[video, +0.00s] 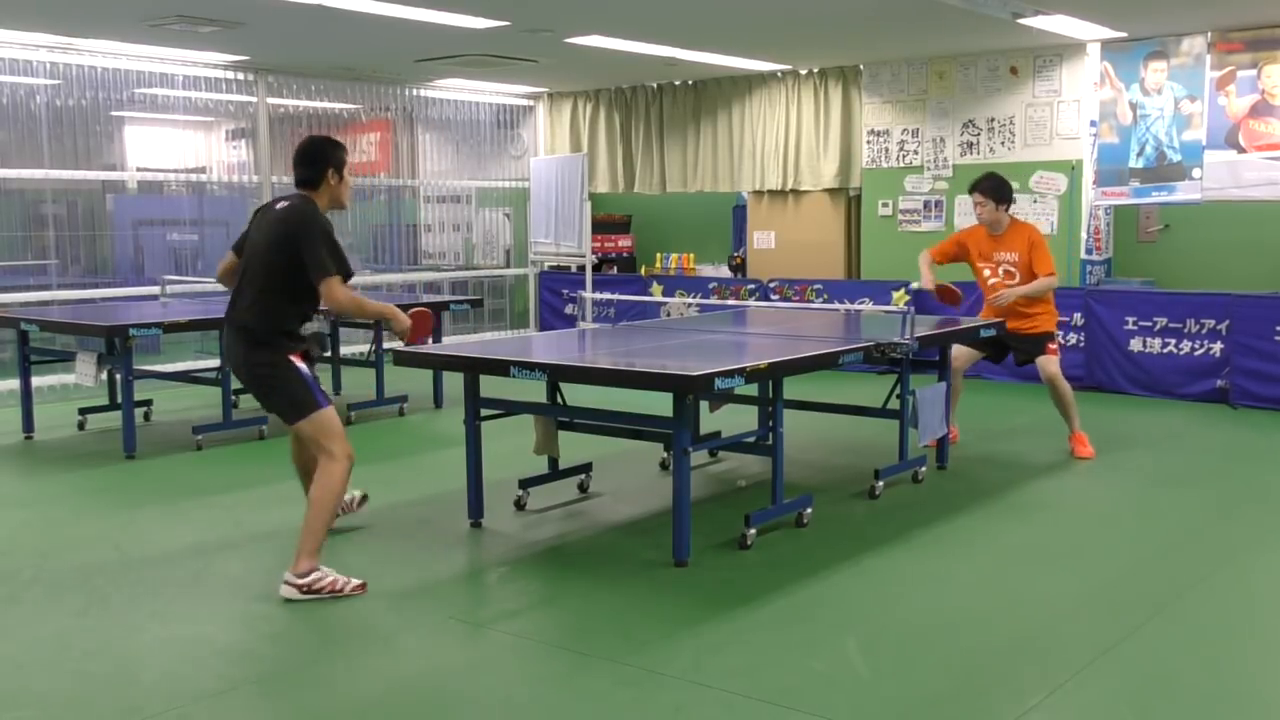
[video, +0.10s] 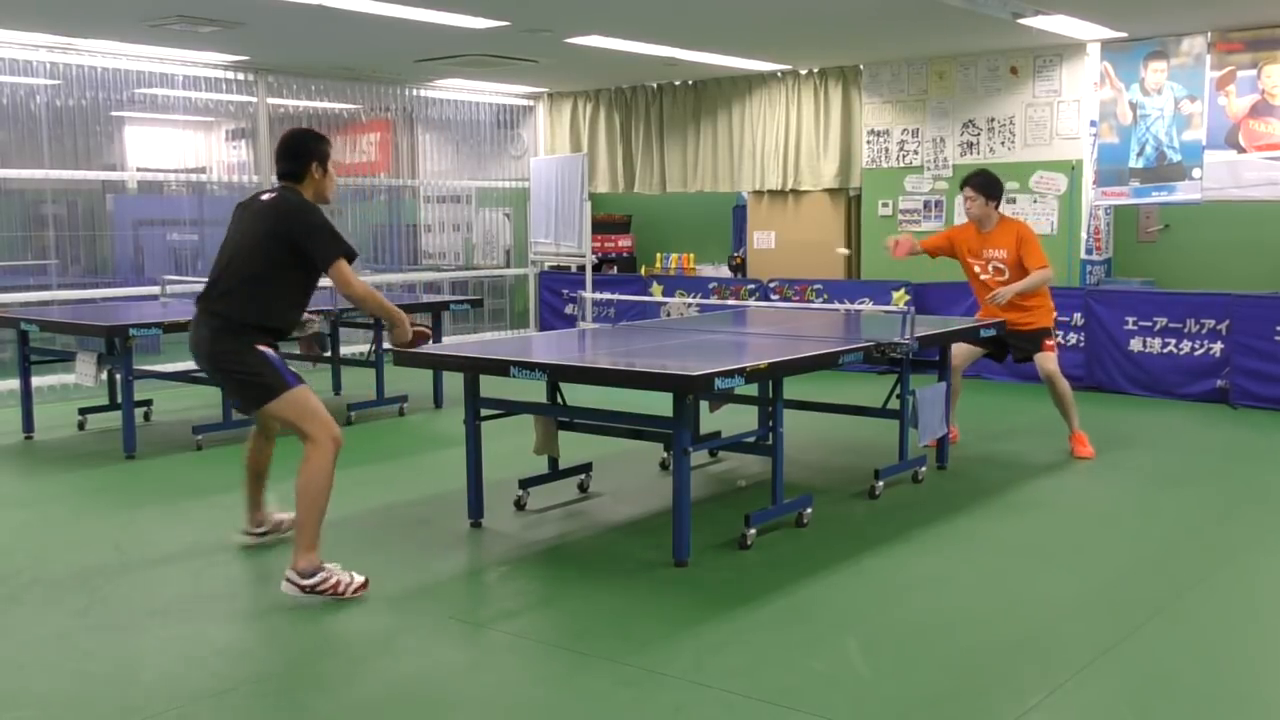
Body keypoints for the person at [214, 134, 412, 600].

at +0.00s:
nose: (350, 184)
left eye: (349, 175)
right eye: (347, 175)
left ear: (302, 176)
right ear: (331, 177)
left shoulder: (269, 212)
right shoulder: (310, 220)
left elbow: (227, 271)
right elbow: (335, 298)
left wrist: (280, 293)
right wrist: (389, 312)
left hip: (245, 342)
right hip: (269, 348)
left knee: (306, 429)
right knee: (337, 453)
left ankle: (326, 503)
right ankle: (304, 570)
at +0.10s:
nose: (334, 181)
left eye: (333, 171)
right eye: (332, 171)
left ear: (285, 170)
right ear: (315, 170)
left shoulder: (255, 205)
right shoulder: (303, 213)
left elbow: (245, 273)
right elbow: (352, 286)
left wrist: (292, 318)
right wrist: (399, 321)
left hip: (210, 335)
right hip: (239, 341)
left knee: (268, 422)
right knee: (324, 437)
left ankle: (257, 518)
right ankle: (306, 567)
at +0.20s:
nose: (312, 192)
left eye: (310, 182)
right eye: (309, 182)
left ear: (264, 181)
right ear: (293, 183)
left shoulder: (229, 217)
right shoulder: (281, 225)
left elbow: (234, 293)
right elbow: (332, 298)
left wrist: (296, 321)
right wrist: (372, 340)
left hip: (186, 347)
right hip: (216, 354)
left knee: (234, 437)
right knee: (303, 457)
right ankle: (278, 585)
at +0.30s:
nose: (286, 226)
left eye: (286, 217)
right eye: (284, 217)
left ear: (233, 215)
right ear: (268, 217)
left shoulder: (200, 252)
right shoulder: (257, 259)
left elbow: (229, 331)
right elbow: (306, 334)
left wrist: (300, 331)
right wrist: (322, 382)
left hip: (163, 392)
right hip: (205, 396)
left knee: (192, 473)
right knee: (294, 498)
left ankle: (99, 555)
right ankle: (259, 615)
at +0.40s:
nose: (257, 245)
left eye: (257, 236)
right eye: (256, 235)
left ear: (207, 229)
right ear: (243, 233)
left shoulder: (167, 260)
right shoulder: (233, 273)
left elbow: (210, 322)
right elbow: (272, 355)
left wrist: (288, 329)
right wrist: (265, 400)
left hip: (131, 392)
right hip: (182, 402)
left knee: (160, 459)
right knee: (286, 498)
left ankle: (96, 553)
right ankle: (258, 616)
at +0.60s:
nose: (198, 203)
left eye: (196, 193)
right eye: (195, 194)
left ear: (148, 197)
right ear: (177, 196)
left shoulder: (109, 232)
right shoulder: (182, 242)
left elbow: (87, 267)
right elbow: (272, 263)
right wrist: (332, 254)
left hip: (44, 367)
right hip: (84, 376)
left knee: (91, 438)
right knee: (180, 480)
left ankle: (41, 532)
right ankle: (163, 609)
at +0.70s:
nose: (160, 209)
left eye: (157, 199)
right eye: (155, 199)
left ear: (108, 205)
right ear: (135, 204)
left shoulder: (69, 250)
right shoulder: (144, 257)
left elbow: (11, 316)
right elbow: (227, 274)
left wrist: (37, 351)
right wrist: (308, 253)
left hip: (26, 382)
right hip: (72, 388)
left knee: (65, 447)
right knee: (142, 514)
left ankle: (19, 547)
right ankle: (102, 627)